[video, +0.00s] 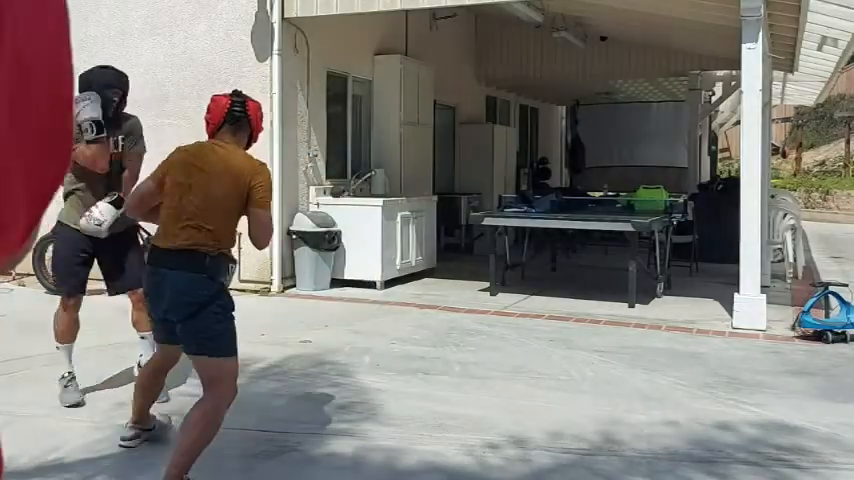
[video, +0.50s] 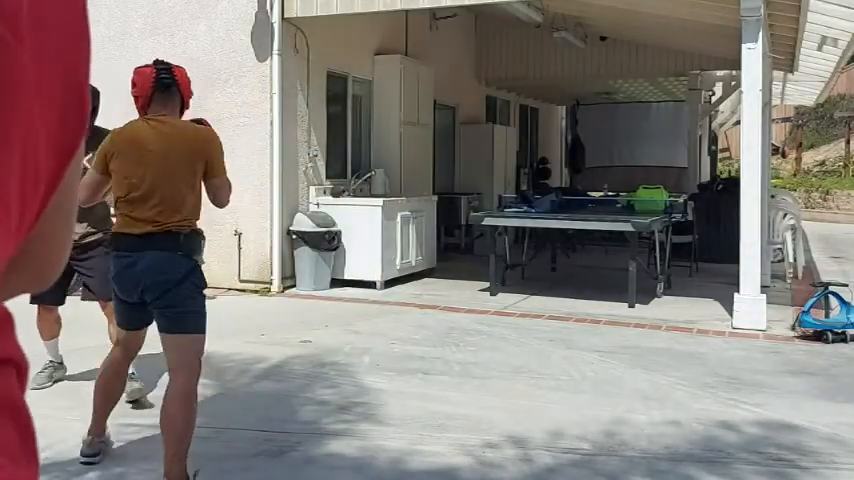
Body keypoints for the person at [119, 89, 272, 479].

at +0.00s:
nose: (255, 135)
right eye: (255, 129)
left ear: (211, 125)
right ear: (251, 130)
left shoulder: (181, 155)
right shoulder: (254, 170)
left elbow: (134, 204)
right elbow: (261, 238)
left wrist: (171, 217)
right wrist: (251, 201)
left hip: (158, 272)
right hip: (201, 280)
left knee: (166, 352)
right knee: (220, 389)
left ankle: (139, 422)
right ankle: (174, 473)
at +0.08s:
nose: (250, 129)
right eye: (250, 123)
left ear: (206, 118)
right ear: (248, 123)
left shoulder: (172, 148)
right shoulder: (247, 160)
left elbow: (130, 204)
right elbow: (255, 228)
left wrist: (155, 226)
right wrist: (248, 193)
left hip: (149, 268)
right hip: (195, 275)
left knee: (156, 349)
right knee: (218, 382)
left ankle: (138, 421)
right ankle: (175, 474)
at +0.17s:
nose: (243, 116)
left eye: (242, 110)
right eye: (243, 110)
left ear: (198, 105)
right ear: (239, 110)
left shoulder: (165, 139)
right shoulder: (241, 148)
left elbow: (119, 190)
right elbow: (249, 218)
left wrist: (143, 212)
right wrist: (239, 179)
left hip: (146, 261)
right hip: (192, 266)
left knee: (157, 339)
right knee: (209, 376)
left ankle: (129, 423)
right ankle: (174, 472)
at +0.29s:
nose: (224, 101)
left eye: (221, 95)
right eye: (223, 95)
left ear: (176, 94)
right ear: (219, 96)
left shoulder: (146, 130)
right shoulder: (229, 135)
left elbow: (98, 181)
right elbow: (243, 204)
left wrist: (128, 179)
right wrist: (233, 167)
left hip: (141, 254)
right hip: (190, 259)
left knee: (151, 337)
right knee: (192, 376)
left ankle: (107, 425)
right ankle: (173, 474)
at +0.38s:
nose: (205, 101)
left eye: (200, 96)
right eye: (204, 96)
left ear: (157, 96)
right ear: (200, 96)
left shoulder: (132, 136)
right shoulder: (215, 138)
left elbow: (94, 192)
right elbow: (233, 200)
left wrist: (126, 170)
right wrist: (222, 140)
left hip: (136, 259)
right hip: (186, 261)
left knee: (132, 353)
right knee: (187, 378)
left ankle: (99, 436)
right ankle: (172, 474)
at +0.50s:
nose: (184, 103)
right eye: (184, 97)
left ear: (140, 99)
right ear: (183, 98)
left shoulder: (120, 137)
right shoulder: (202, 138)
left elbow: (84, 197)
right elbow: (221, 197)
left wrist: (120, 171)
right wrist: (207, 142)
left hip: (126, 258)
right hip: (177, 260)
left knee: (124, 346)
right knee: (183, 374)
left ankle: (95, 434)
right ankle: (175, 473)